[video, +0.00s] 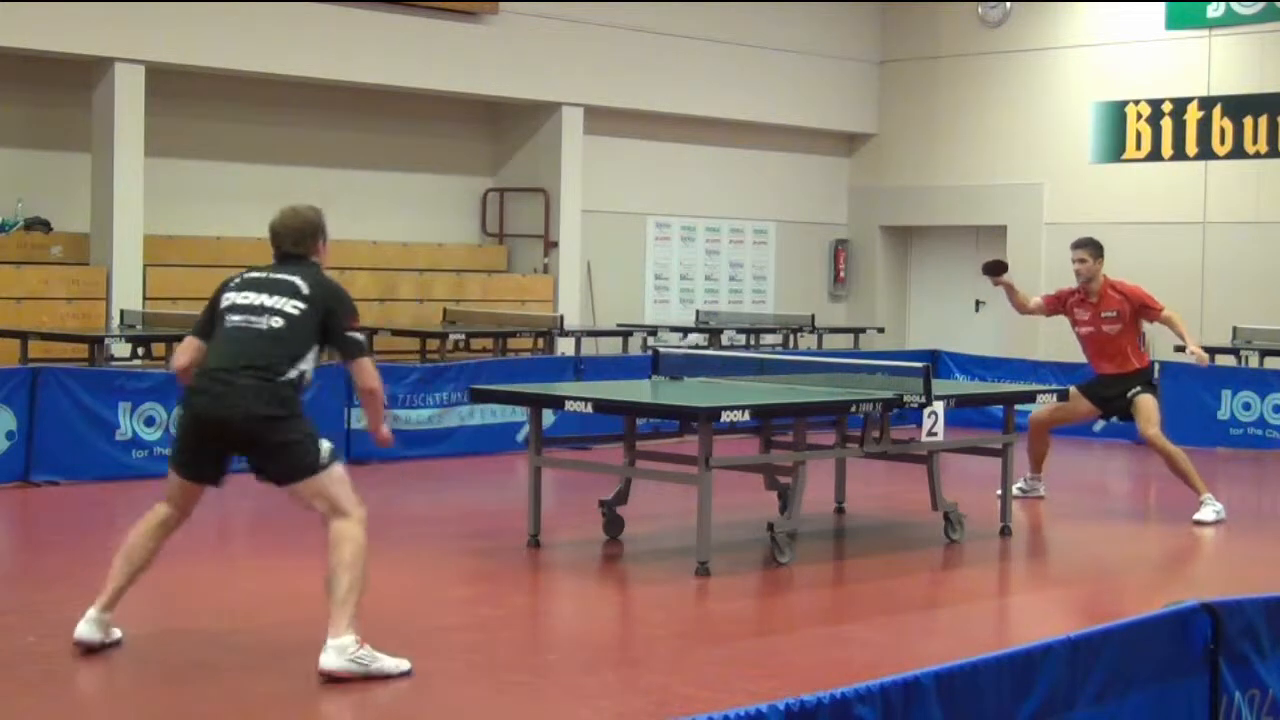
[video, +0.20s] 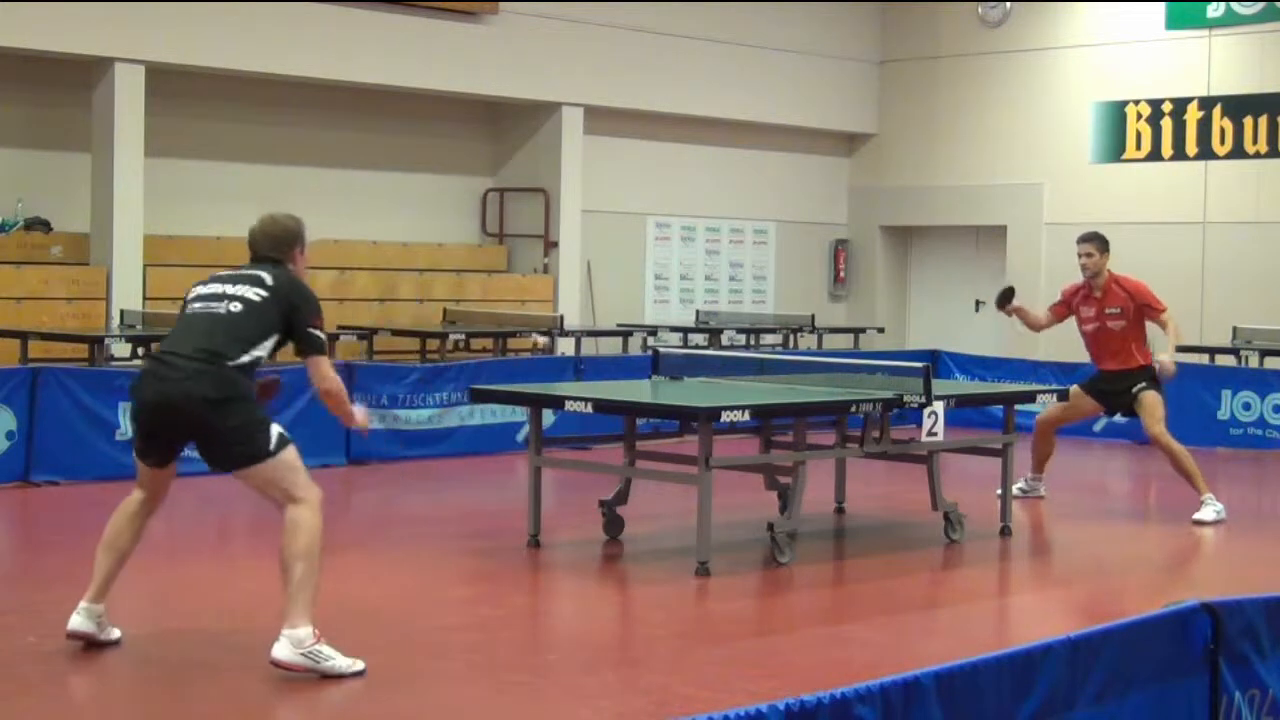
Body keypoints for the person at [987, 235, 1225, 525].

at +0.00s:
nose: (1076, 268)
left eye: (1082, 262)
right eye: (1074, 262)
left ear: (1100, 263)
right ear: (1072, 265)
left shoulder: (1125, 294)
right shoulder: (1069, 299)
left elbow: (1169, 318)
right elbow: (1026, 307)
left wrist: (1191, 344)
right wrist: (1008, 286)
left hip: (1137, 382)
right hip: (1102, 384)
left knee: (1150, 434)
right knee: (1039, 419)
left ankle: (1208, 501)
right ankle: (1034, 481)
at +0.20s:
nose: (1083, 261)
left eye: (1089, 256)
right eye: (1080, 256)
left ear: (1106, 258)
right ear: (1077, 259)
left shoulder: (1130, 288)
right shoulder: (1074, 295)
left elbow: (1168, 322)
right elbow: (1040, 323)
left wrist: (1169, 354)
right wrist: (1017, 309)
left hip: (1140, 378)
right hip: (1105, 380)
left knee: (1156, 433)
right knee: (1045, 422)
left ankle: (1209, 500)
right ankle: (1034, 482)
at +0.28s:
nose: (1082, 261)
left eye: (1088, 255)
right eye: (1079, 255)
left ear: (1105, 256)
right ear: (1076, 258)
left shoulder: (1127, 288)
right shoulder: (1074, 294)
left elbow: (1165, 327)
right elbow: (1045, 329)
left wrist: (1140, 348)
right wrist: (1022, 320)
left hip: (1140, 377)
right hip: (1105, 379)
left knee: (1154, 432)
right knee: (1045, 422)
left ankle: (1209, 500)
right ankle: (1034, 482)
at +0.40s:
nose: (1075, 254)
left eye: (1081, 248)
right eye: (1071, 249)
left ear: (1097, 250)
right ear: (1069, 253)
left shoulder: (1120, 281)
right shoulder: (1070, 288)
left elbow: (1155, 318)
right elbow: (1046, 326)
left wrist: (1106, 324)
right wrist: (1025, 321)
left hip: (1135, 370)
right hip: (1101, 372)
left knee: (1153, 431)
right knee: (1042, 418)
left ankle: (1207, 500)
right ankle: (1033, 481)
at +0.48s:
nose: (1065, 253)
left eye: (1071, 247)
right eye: (1061, 248)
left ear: (1087, 248)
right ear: (1059, 252)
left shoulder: (1112, 277)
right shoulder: (1063, 286)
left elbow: (1137, 318)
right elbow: (1043, 326)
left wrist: (1090, 326)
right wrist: (1024, 322)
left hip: (1133, 363)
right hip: (1099, 365)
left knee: (1146, 422)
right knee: (1042, 408)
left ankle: (1197, 494)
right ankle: (1028, 478)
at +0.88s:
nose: (1055, 273)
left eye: (1060, 266)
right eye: (1051, 268)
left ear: (1076, 265)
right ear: (1049, 269)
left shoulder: (1103, 289)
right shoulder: (1052, 301)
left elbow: (1149, 308)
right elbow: (1026, 328)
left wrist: (1139, 329)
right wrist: (1012, 330)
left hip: (1130, 374)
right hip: (1096, 379)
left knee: (1143, 430)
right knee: (1037, 419)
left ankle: (1192, 500)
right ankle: (1014, 483)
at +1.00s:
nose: (1066, 252)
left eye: (1072, 246)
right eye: (1063, 246)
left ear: (1088, 247)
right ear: (1061, 248)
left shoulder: (1111, 277)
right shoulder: (1055, 283)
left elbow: (1157, 283)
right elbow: (1022, 304)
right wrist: (993, 304)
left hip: (1127, 367)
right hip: (1093, 371)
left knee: (1146, 427)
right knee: (1037, 420)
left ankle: (1193, 500)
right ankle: (1014, 483)